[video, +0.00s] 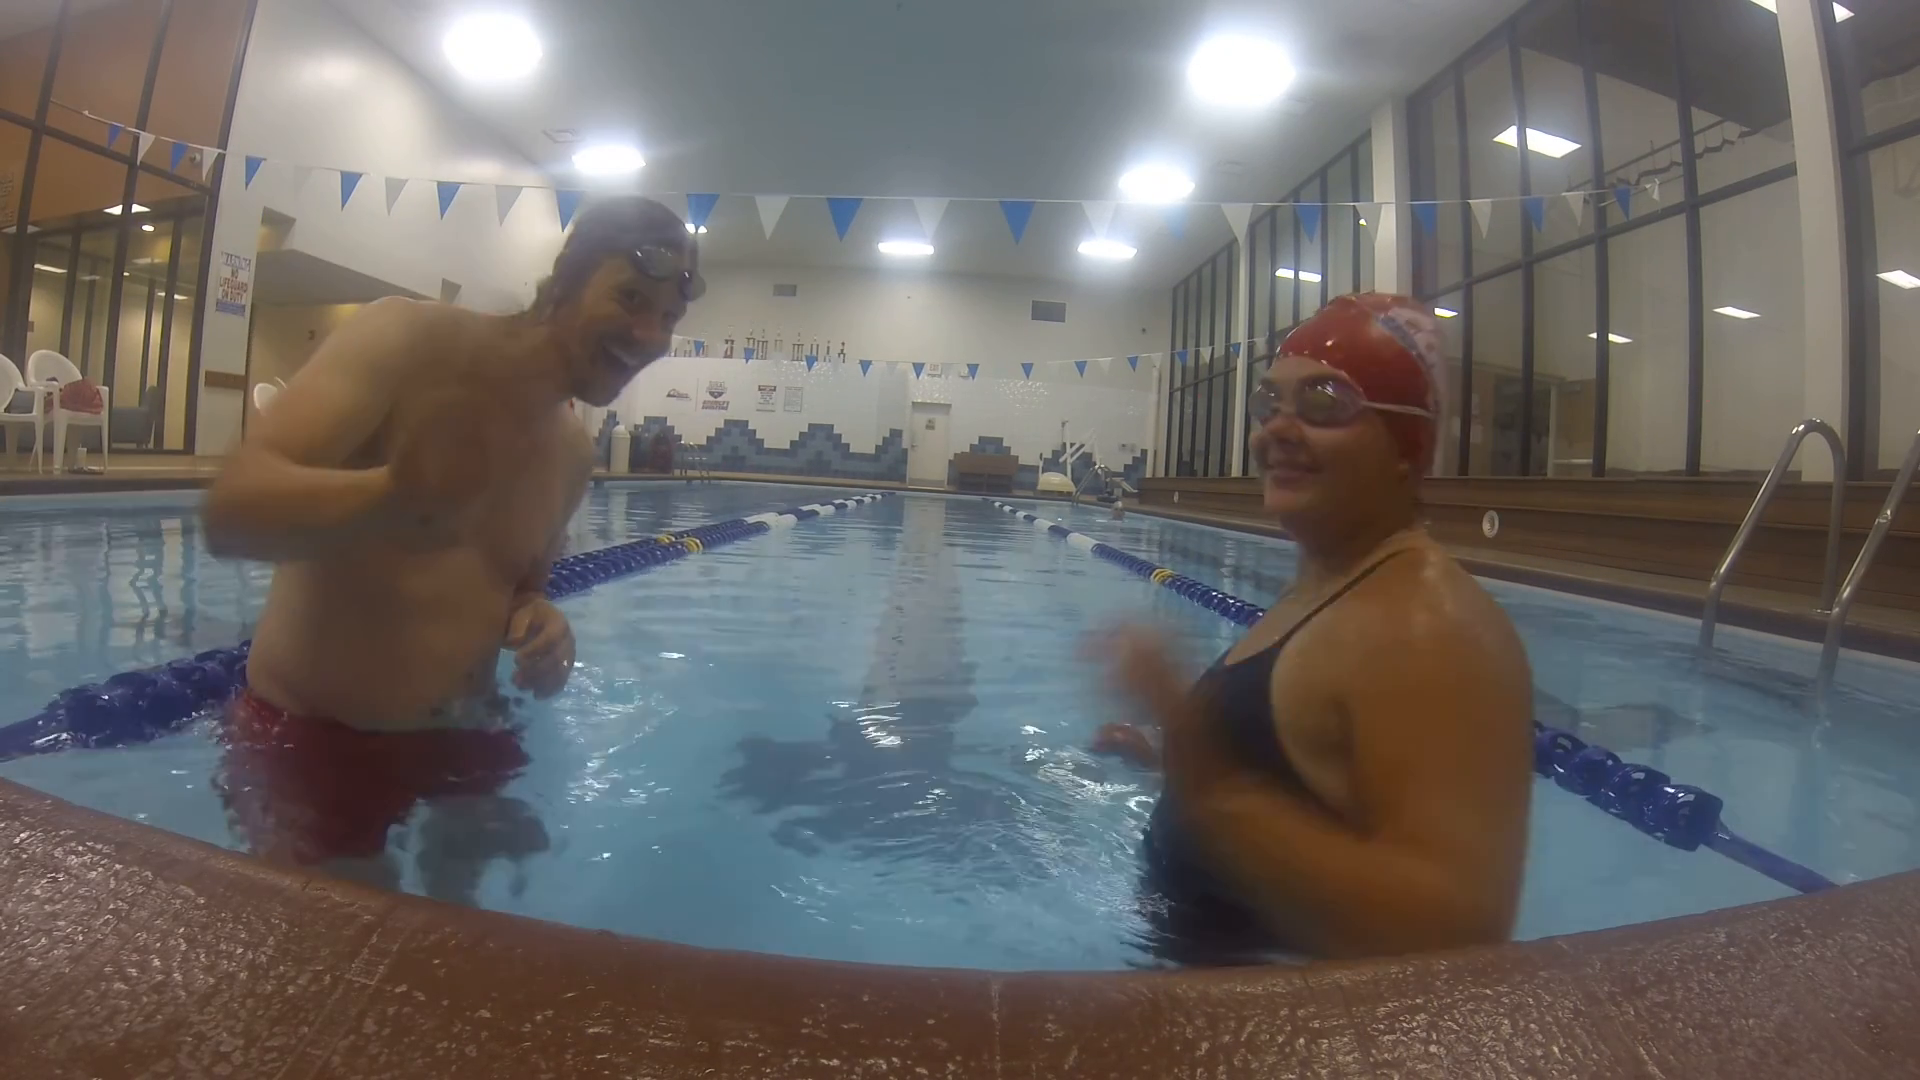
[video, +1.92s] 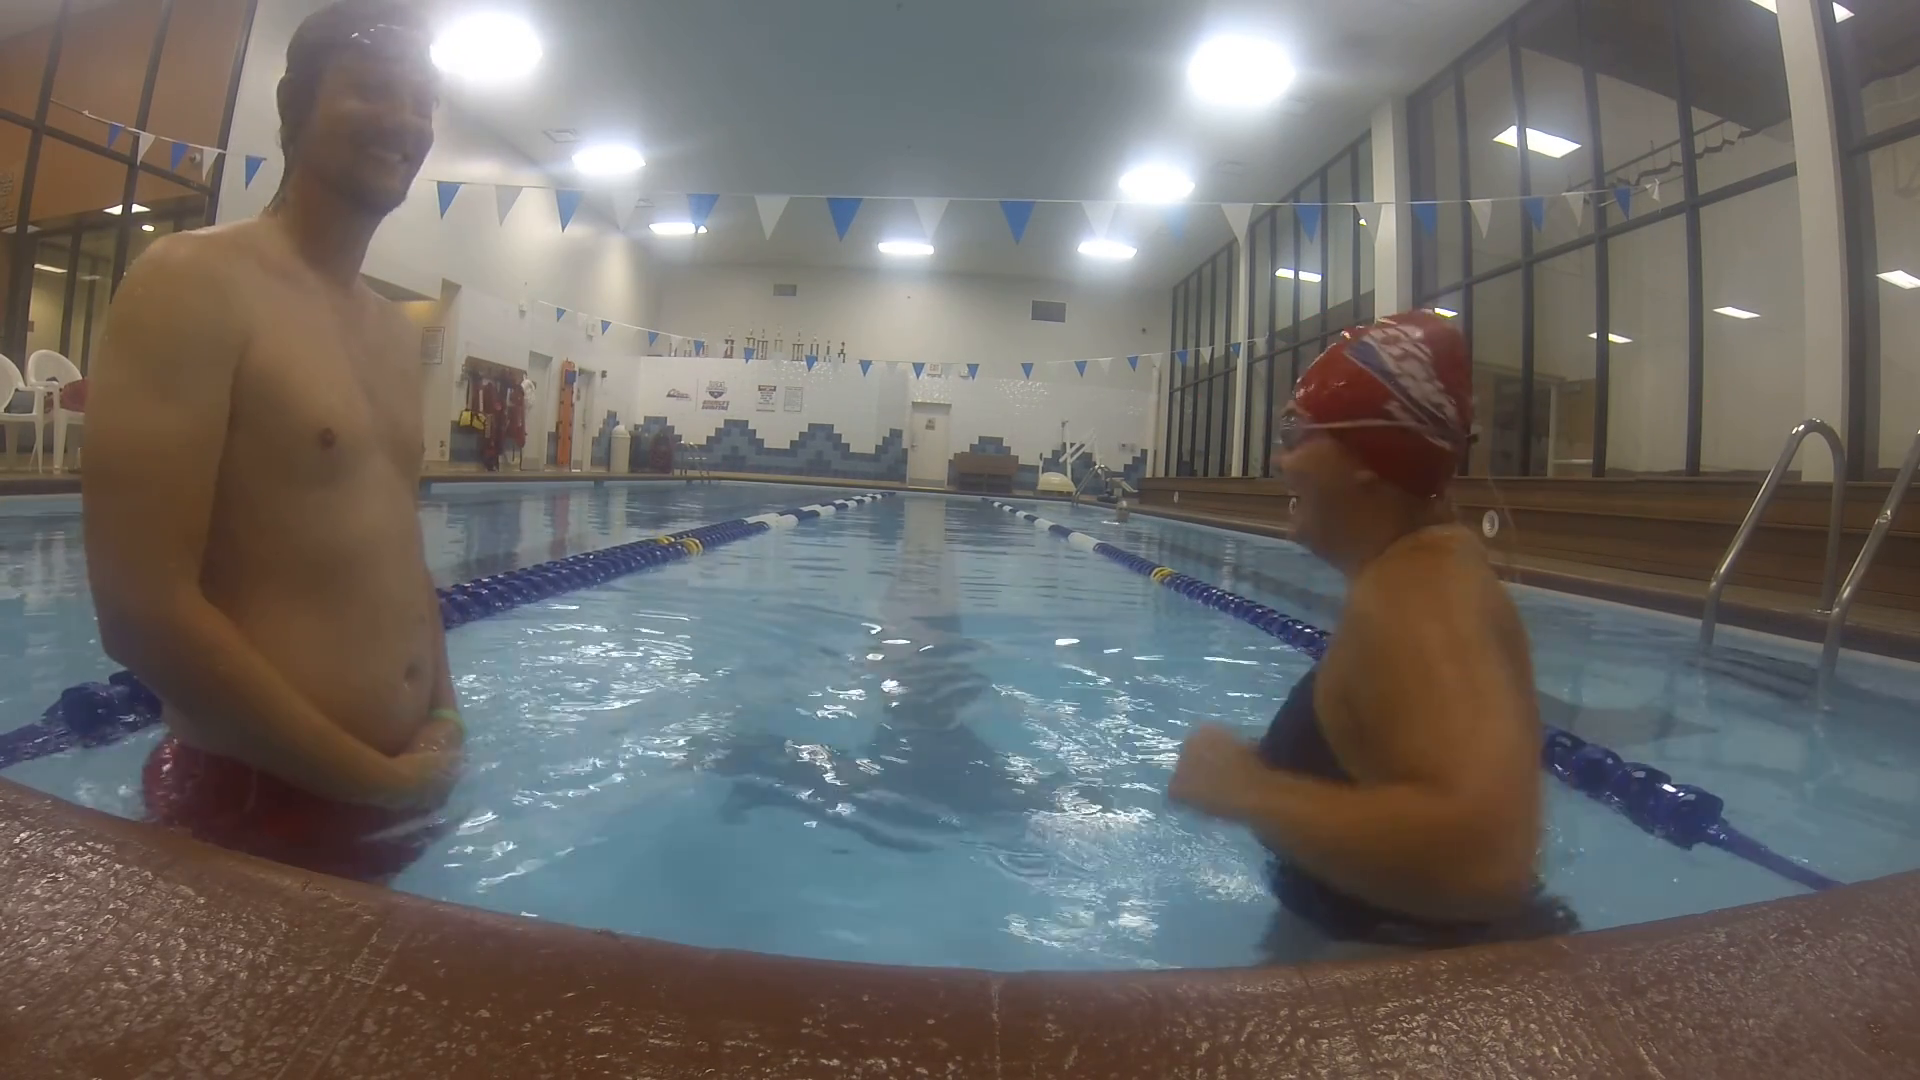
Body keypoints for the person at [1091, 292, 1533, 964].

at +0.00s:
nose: (1279, 427)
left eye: (1323, 405)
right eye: (1270, 404)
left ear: (1406, 445)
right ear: (1254, 420)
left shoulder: (1431, 635)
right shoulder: (1322, 584)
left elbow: (1452, 921)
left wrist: (1212, 788)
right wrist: (1174, 758)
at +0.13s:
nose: (1282, 443)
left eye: (1326, 420)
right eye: (1264, 417)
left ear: (1394, 452)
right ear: (1244, 435)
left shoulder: (1433, 619)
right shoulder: (1278, 597)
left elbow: (1508, 908)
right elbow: (1260, 774)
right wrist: (1135, 755)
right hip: (1220, 993)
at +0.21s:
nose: (1280, 454)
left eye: (1324, 429)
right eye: (1259, 426)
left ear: (1389, 460)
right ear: (1240, 446)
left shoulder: (1438, 614)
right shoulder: (1252, 600)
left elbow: (1555, 878)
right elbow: (1256, 779)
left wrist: (1397, 686)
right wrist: (1123, 758)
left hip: (1361, 1010)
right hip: (1223, 990)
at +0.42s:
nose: (1282, 469)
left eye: (1321, 448)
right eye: (1261, 443)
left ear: (1369, 478)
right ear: (1240, 464)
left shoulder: (1409, 619)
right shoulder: (1219, 609)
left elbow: (1599, 803)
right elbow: (1215, 742)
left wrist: (1474, 646)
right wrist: (1114, 761)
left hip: (1368, 985)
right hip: (1221, 970)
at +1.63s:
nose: (1324, 465)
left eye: (1363, 444)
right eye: (1308, 440)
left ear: (1424, 471)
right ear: (1289, 458)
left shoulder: (1474, 594)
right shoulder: (1297, 591)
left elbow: (1635, 782)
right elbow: (1307, 727)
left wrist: (1425, 715)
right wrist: (1203, 739)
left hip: (1452, 962)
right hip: (1309, 949)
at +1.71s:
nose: (1300, 467)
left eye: (1339, 443)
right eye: (1293, 442)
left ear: (1420, 470)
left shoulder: (1458, 596)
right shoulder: (1319, 595)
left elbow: (1615, 796)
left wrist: (1342, 732)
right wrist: (1269, 713)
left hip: (1446, 976)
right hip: (1323, 950)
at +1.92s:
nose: (1281, 461)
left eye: (1299, 436)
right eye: (1289, 436)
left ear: (1370, 459)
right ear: (1374, 462)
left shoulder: (1426, 588)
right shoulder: (1430, 576)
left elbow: (1487, 850)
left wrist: (1249, 788)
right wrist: (1265, 780)